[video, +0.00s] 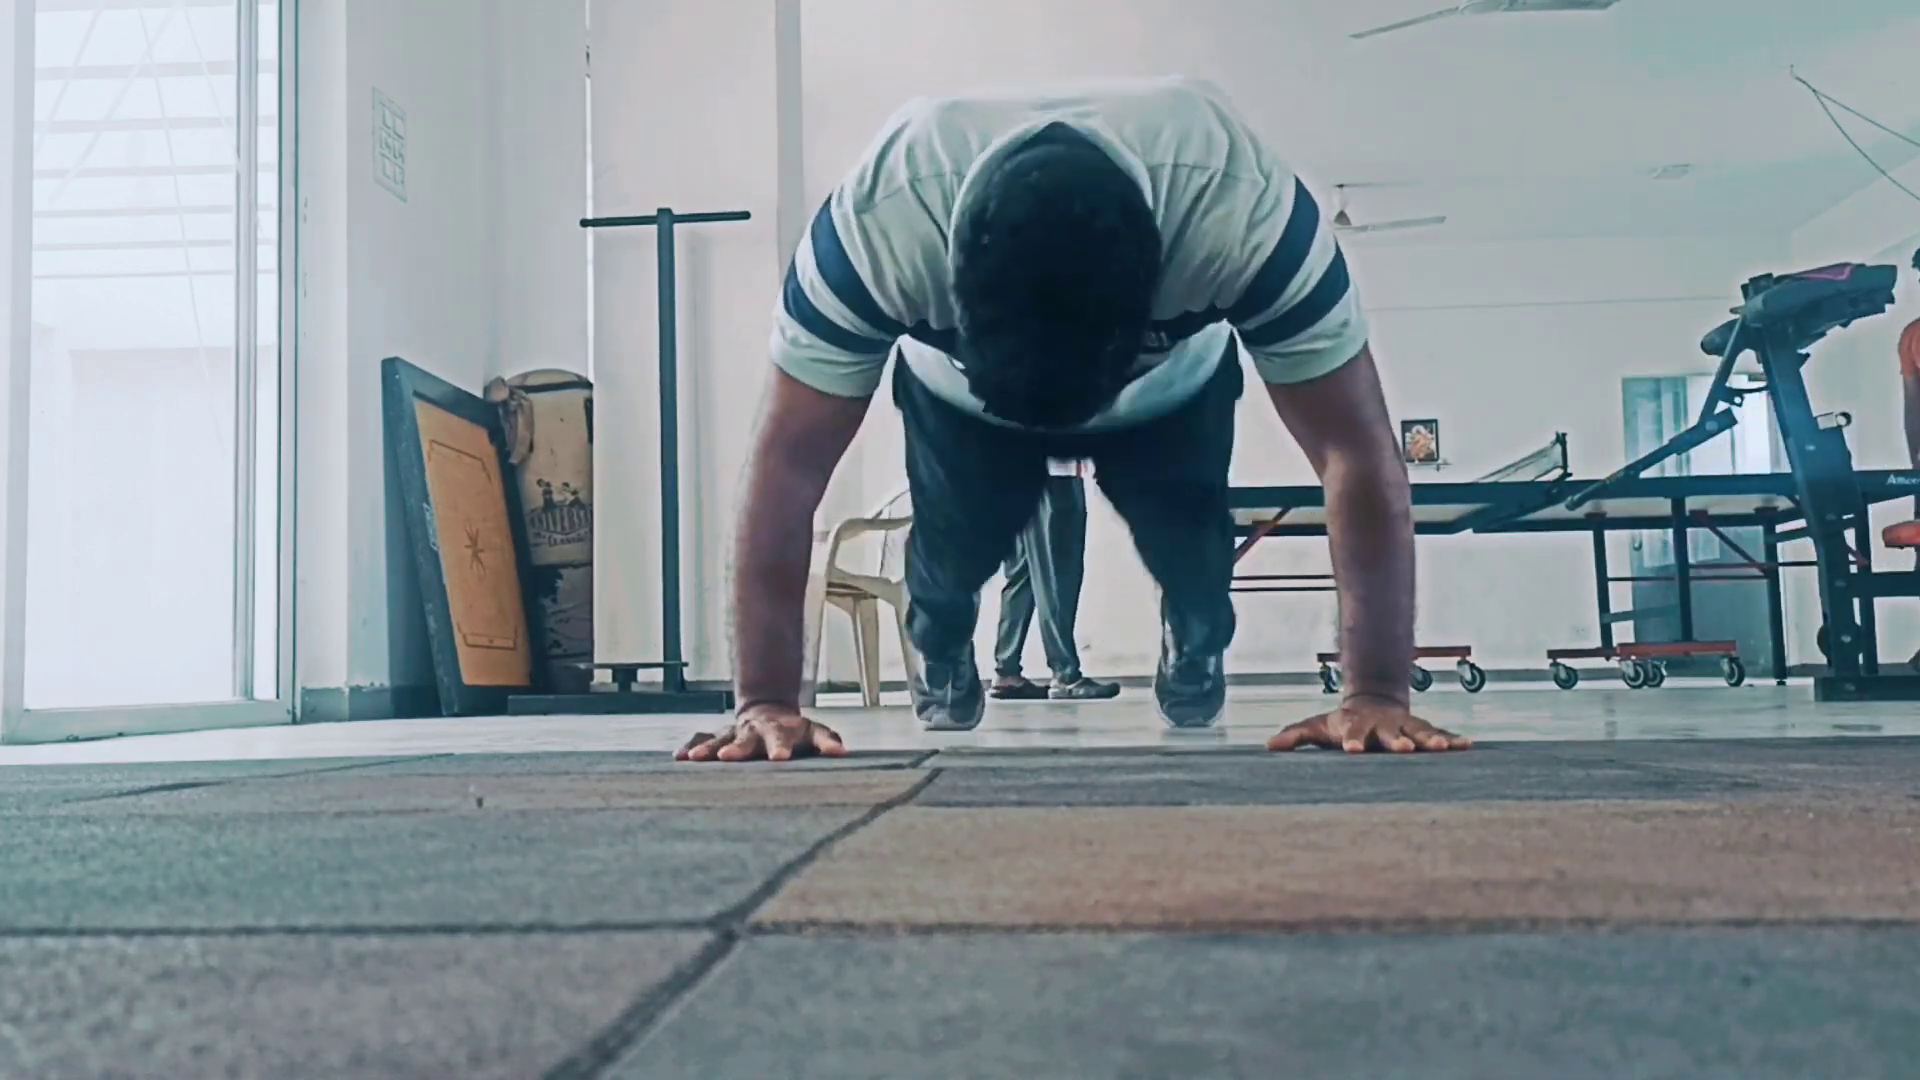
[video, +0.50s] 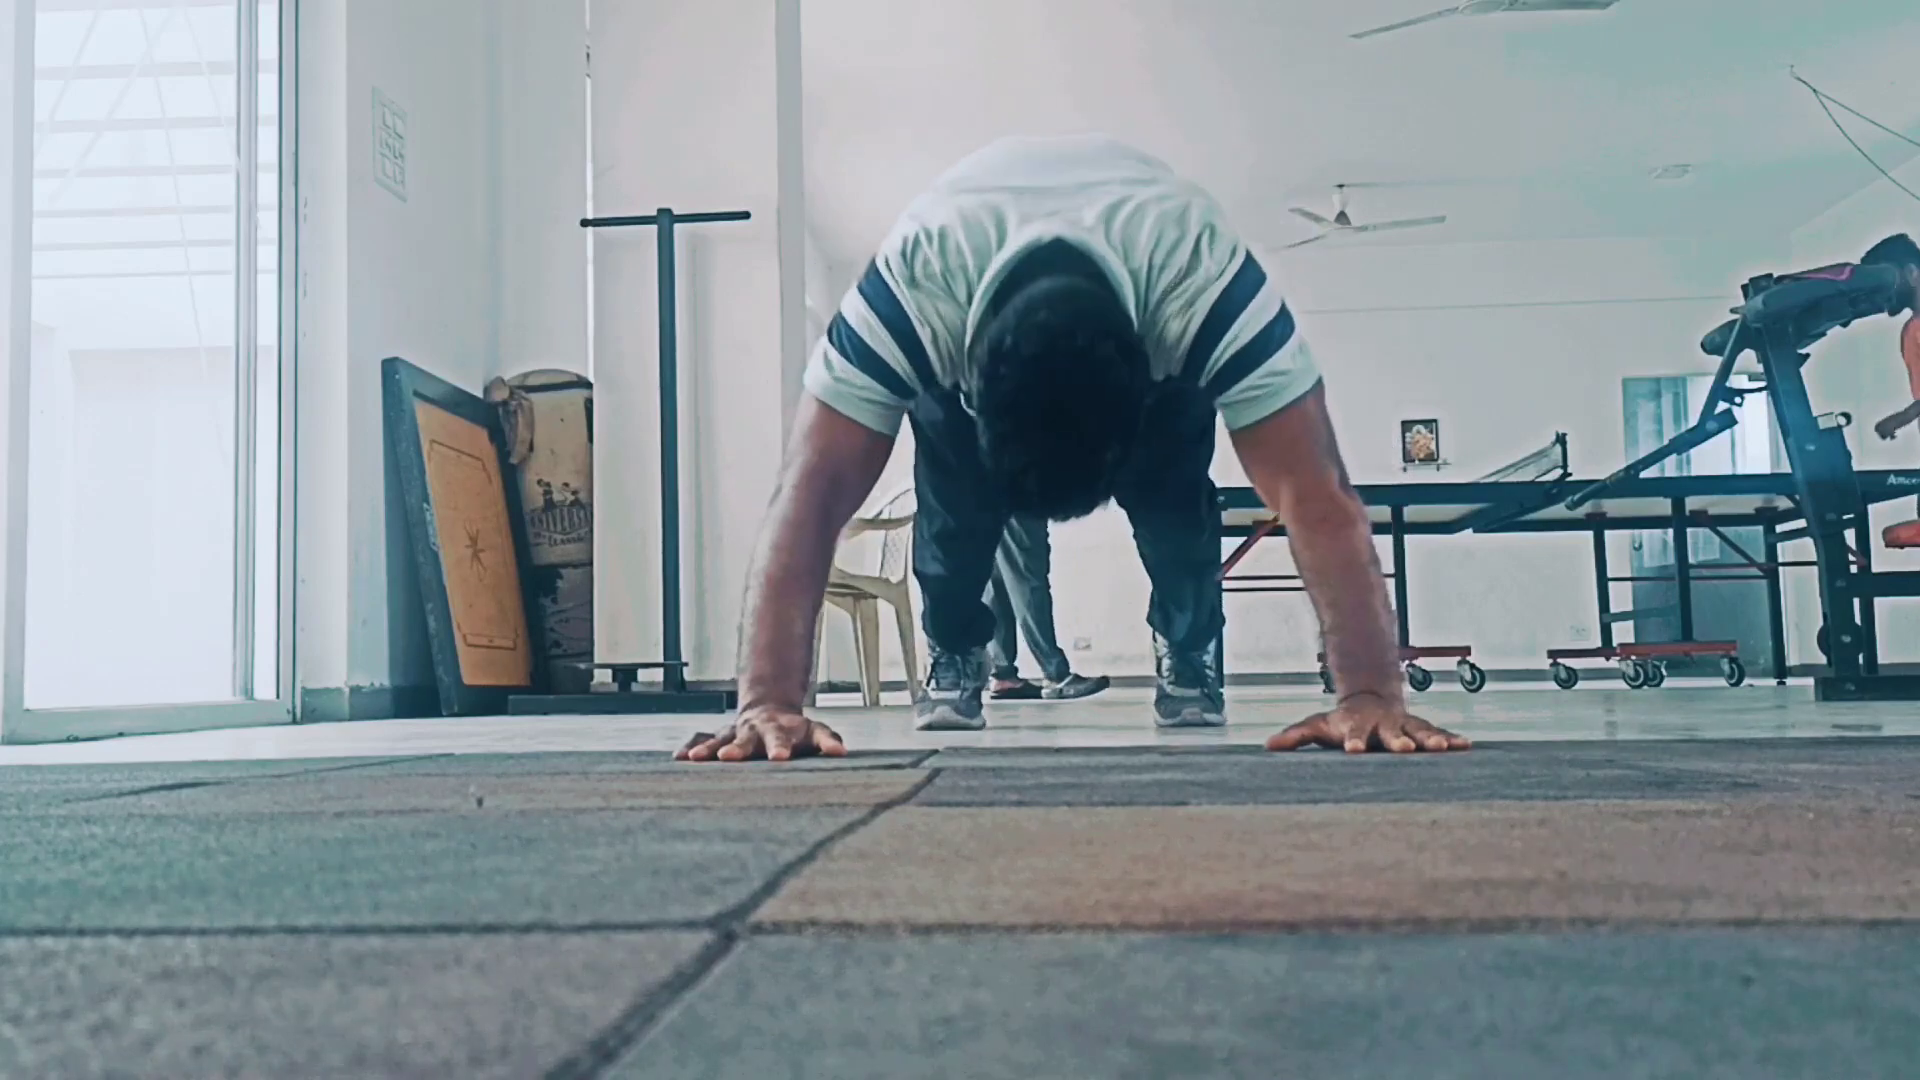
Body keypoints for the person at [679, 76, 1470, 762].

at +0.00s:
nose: (1064, 439)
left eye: (1097, 402)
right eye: (1023, 414)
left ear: (1151, 300)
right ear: (961, 284)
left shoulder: (1249, 216)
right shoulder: (880, 230)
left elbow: (1363, 454)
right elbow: (790, 461)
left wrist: (1379, 693)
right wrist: (766, 700)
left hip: (1169, 339)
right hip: (962, 350)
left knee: (1188, 541)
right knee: (965, 540)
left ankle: (1197, 647)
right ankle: (941, 643)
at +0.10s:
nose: (1055, 400)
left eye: (1089, 383)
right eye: (1022, 386)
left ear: (1150, 284)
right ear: (962, 270)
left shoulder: (1245, 220)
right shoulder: (886, 233)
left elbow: (1365, 456)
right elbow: (790, 462)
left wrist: (1377, 692)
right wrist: (768, 699)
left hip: (1163, 405)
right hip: (969, 409)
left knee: (1191, 581)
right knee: (956, 581)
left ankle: (1193, 663)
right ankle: (949, 668)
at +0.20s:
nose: (1065, 424)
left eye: (1100, 396)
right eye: (1033, 401)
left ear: (1160, 294)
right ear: (973, 284)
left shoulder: (1246, 232)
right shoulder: (891, 244)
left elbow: (1364, 455)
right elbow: (787, 466)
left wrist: (1378, 692)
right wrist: (769, 699)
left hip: (1160, 397)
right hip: (970, 403)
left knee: (1185, 559)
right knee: (957, 562)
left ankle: (1193, 665)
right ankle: (947, 662)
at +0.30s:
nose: (1066, 459)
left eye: (1096, 424)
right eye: (1033, 428)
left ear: (1152, 324)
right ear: (977, 314)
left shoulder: (1234, 237)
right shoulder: (898, 254)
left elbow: (1354, 459)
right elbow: (795, 465)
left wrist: (1377, 692)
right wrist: (770, 700)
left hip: (1162, 350)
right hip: (964, 362)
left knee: (1177, 533)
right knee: (956, 548)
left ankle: (1192, 673)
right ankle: (952, 668)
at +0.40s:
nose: (1060, 474)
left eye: (1086, 453)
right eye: (1039, 455)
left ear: (1145, 354)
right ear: (979, 343)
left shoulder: (1218, 253)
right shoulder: (909, 267)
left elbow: (1336, 474)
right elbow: (805, 476)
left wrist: (1374, 692)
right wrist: (771, 700)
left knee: (1170, 511)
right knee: (958, 525)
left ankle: (1191, 682)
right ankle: (955, 668)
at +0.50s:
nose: (1065, 511)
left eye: (1084, 493)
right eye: (1052, 495)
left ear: (1143, 374)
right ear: (979, 373)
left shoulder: (1207, 276)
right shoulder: (914, 285)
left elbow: (1317, 495)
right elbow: (817, 490)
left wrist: (1371, 692)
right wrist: (772, 699)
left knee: (1169, 492)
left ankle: (1190, 682)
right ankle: (957, 667)